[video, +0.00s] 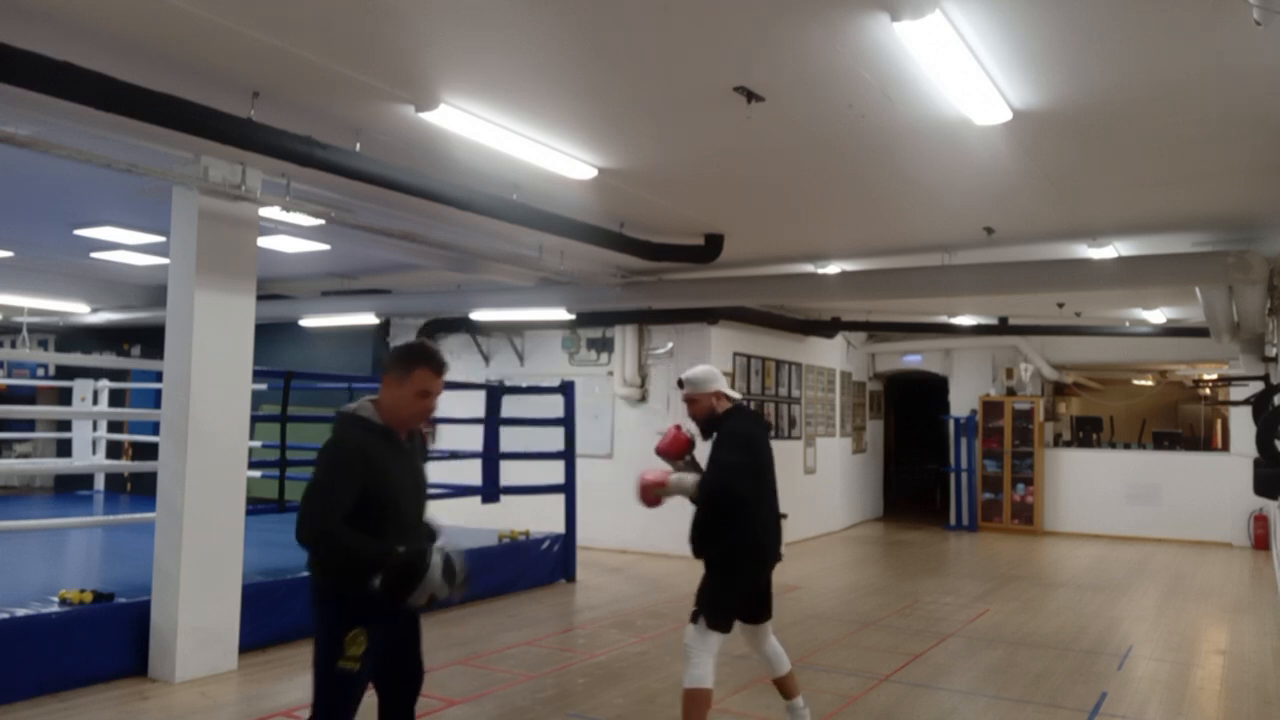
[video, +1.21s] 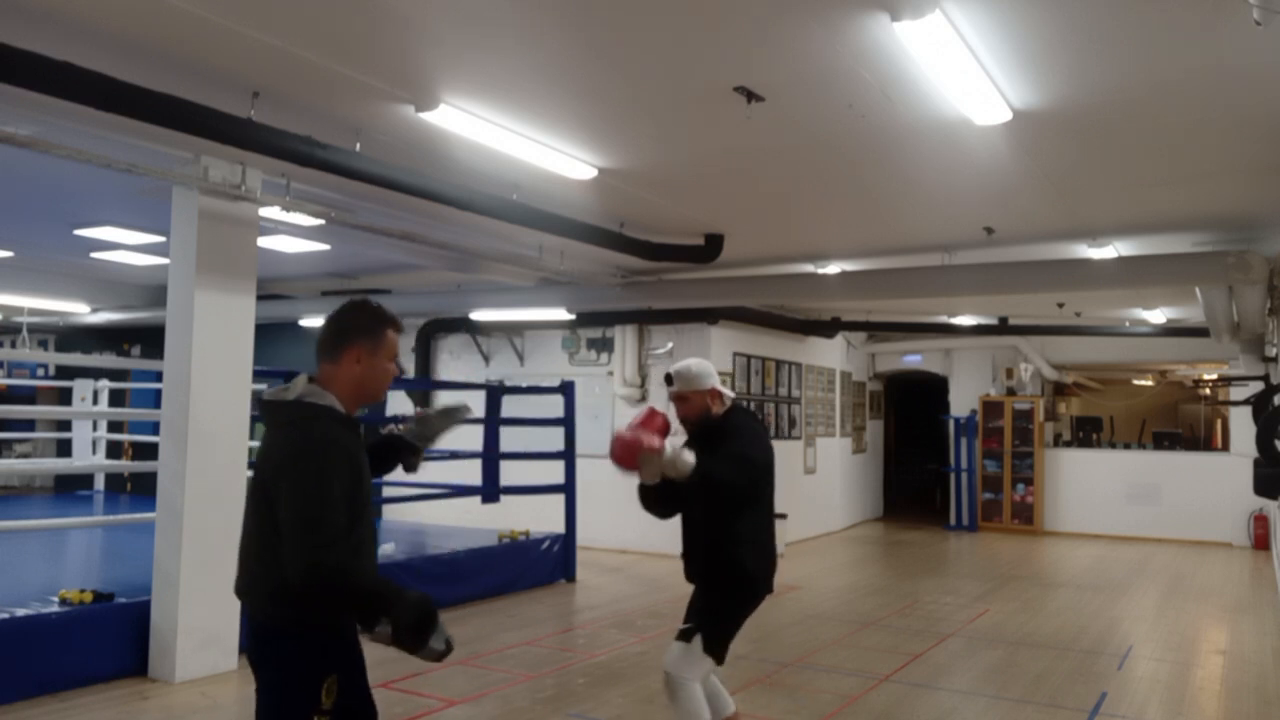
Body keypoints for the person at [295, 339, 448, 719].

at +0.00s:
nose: (431, 408)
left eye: (435, 397)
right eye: (423, 395)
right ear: (390, 386)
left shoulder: (409, 440)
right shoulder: (350, 442)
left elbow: (400, 518)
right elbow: (311, 529)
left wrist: (429, 546)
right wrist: (390, 558)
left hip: (393, 594)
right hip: (345, 599)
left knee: (403, 686)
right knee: (336, 704)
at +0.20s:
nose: (412, 392)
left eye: (417, 382)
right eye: (404, 378)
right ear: (368, 367)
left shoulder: (377, 425)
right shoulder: (331, 421)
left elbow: (375, 508)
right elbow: (328, 516)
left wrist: (425, 521)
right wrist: (419, 521)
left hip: (358, 586)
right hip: (311, 588)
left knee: (379, 689)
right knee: (305, 705)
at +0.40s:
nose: (405, 385)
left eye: (409, 376)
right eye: (398, 371)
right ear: (360, 361)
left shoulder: (360, 419)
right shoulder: (318, 418)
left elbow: (355, 494)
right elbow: (302, 523)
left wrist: (404, 480)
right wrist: (383, 565)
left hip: (339, 590)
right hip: (304, 593)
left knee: (341, 703)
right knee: (315, 706)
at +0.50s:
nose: (401, 389)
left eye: (404, 378)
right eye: (394, 375)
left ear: (352, 370)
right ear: (352, 367)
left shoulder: (346, 427)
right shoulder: (314, 428)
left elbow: (346, 504)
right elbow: (299, 540)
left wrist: (405, 502)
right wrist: (369, 613)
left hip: (329, 616)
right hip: (302, 619)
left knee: (343, 709)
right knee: (312, 711)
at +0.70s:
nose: (389, 383)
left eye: (390, 372)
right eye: (383, 370)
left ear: (345, 369)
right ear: (345, 367)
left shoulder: (315, 423)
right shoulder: (310, 432)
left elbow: (324, 505)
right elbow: (296, 553)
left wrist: (388, 496)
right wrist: (352, 647)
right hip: (288, 630)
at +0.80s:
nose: (386, 370)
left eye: (386, 359)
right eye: (381, 357)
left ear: (343, 356)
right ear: (345, 356)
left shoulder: (301, 411)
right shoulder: (307, 422)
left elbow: (325, 474)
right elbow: (291, 542)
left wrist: (387, 442)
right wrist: (352, 625)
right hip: (283, 621)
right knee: (309, 712)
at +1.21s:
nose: (396, 372)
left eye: (395, 361)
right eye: (391, 359)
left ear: (354, 358)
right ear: (357, 357)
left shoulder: (303, 417)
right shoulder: (321, 432)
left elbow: (326, 482)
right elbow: (327, 563)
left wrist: (399, 445)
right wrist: (401, 607)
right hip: (304, 622)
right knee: (350, 711)